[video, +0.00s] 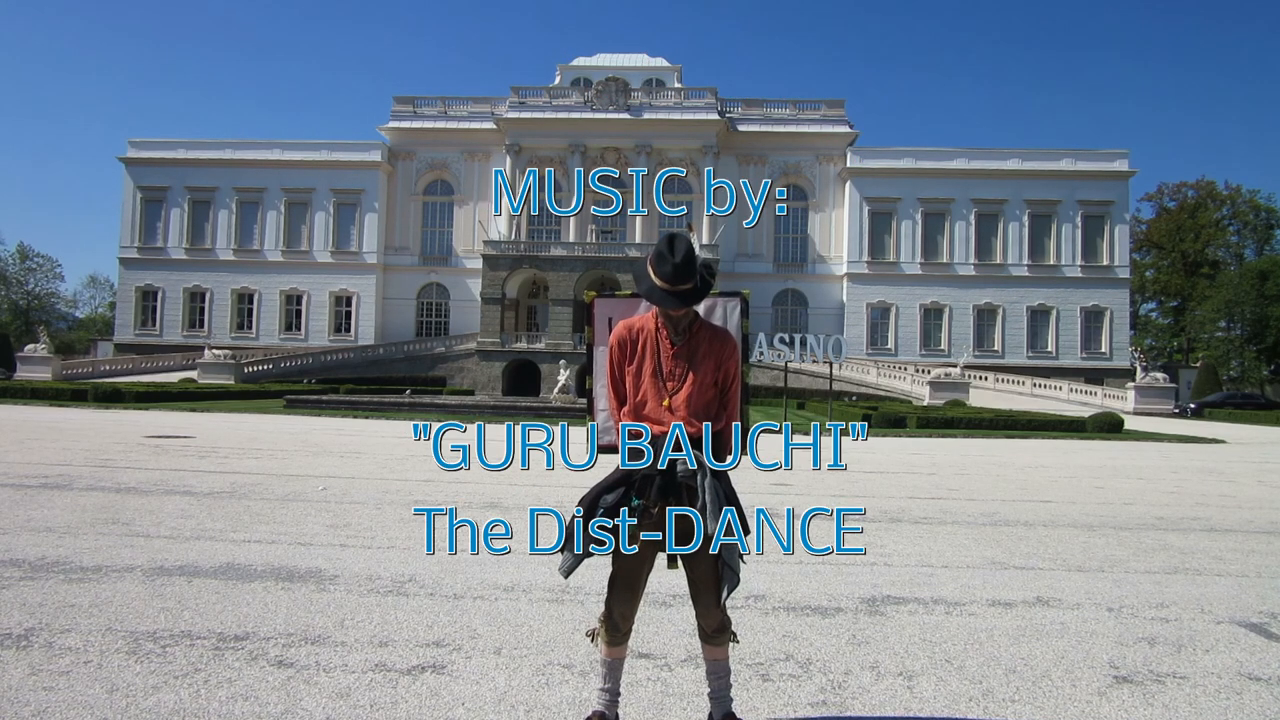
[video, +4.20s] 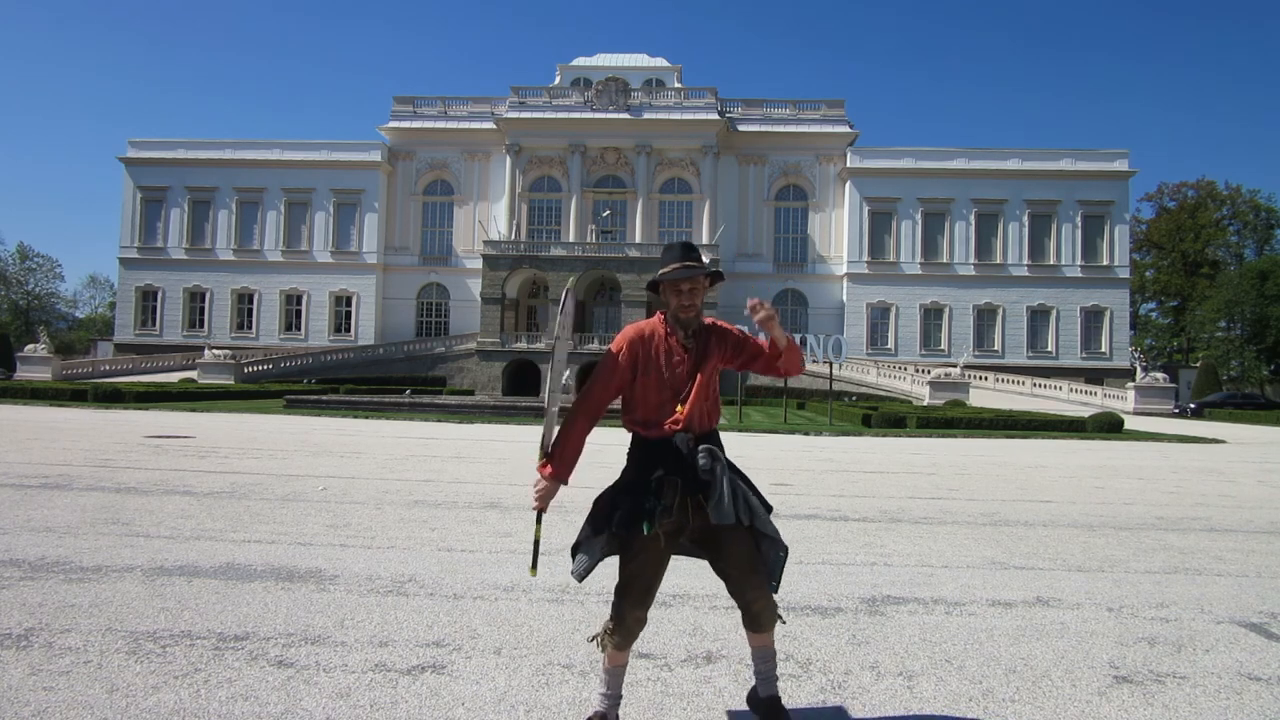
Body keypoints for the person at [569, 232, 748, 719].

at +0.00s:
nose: (677, 310)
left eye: (685, 300)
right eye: (668, 300)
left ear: (698, 291)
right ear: (652, 290)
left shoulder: (723, 345)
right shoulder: (626, 337)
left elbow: (730, 423)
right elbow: (620, 414)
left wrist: (707, 465)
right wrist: (653, 446)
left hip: (701, 492)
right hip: (642, 488)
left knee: (711, 604)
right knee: (621, 600)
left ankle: (721, 706)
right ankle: (607, 701)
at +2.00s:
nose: (677, 308)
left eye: (685, 300)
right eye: (668, 300)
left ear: (698, 293)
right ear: (653, 291)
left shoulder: (721, 344)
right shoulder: (624, 336)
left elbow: (729, 426)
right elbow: (617, 416)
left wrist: (718, 490)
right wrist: (643, 465)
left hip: (699, 490)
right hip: (639, 488)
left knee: (709, 606)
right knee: (620, 604)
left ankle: (721, 705)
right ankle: (607, 701)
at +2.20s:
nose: (676, 314)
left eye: (684, 305)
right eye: (667, 305)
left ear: (697, 298)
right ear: (652, 296)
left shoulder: (718, 342)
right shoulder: (622, 336)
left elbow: (756, 405)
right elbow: (612, 411)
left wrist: (780, 470)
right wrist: (633, 467)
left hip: (698, 481)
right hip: (638, 480)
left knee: (709, 603)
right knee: (620, 599)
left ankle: (720, 706)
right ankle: (606, 701)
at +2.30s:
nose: (678, 314)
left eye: (686, 304)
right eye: (669, 304)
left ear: (698, 297)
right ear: (653, 295)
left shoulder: (717, 338)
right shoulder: (623, 336)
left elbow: (775, 377)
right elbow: (611, 415)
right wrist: (631, 471)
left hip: (699, 481)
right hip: (639, 481)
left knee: (709, 603)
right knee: (620, 601)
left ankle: (721, 706)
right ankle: (606, 702)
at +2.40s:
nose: (679, 317)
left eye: (688, 308)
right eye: (670, 308)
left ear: (701, 299)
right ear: (654, 297)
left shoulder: (717, 335)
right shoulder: (625, 335)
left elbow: (779, 346)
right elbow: (612, 410)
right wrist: (629, 469)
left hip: (699, 478)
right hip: (638, 477)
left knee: (710, 600)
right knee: (621, 599)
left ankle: (721, 706)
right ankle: (606, 702)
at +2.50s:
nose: (678, 317)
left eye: (687, 308)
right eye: (669, 307)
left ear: (701, 296)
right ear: (653, 297)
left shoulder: (718, 329)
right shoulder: (627, 334)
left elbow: (776, 308)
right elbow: (610, 408)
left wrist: (752, 257)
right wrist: (628, 468)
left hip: (698, 475)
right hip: (639, 474)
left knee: (711, 598)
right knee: (623, 594)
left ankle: (721, 707)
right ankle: (606, 700)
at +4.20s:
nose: (687, 298)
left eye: (695, 288)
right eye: (677, 289)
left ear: (707, 290)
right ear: (660, 292)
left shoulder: (718, 336)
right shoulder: (634, 341)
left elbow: (788, 367)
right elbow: (587, 408)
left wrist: (777, 333)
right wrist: (556, 472)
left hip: (711, 476)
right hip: (651, 477)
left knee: (757, 590)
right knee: (632, 603)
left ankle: (767, 693)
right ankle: (608, 702)